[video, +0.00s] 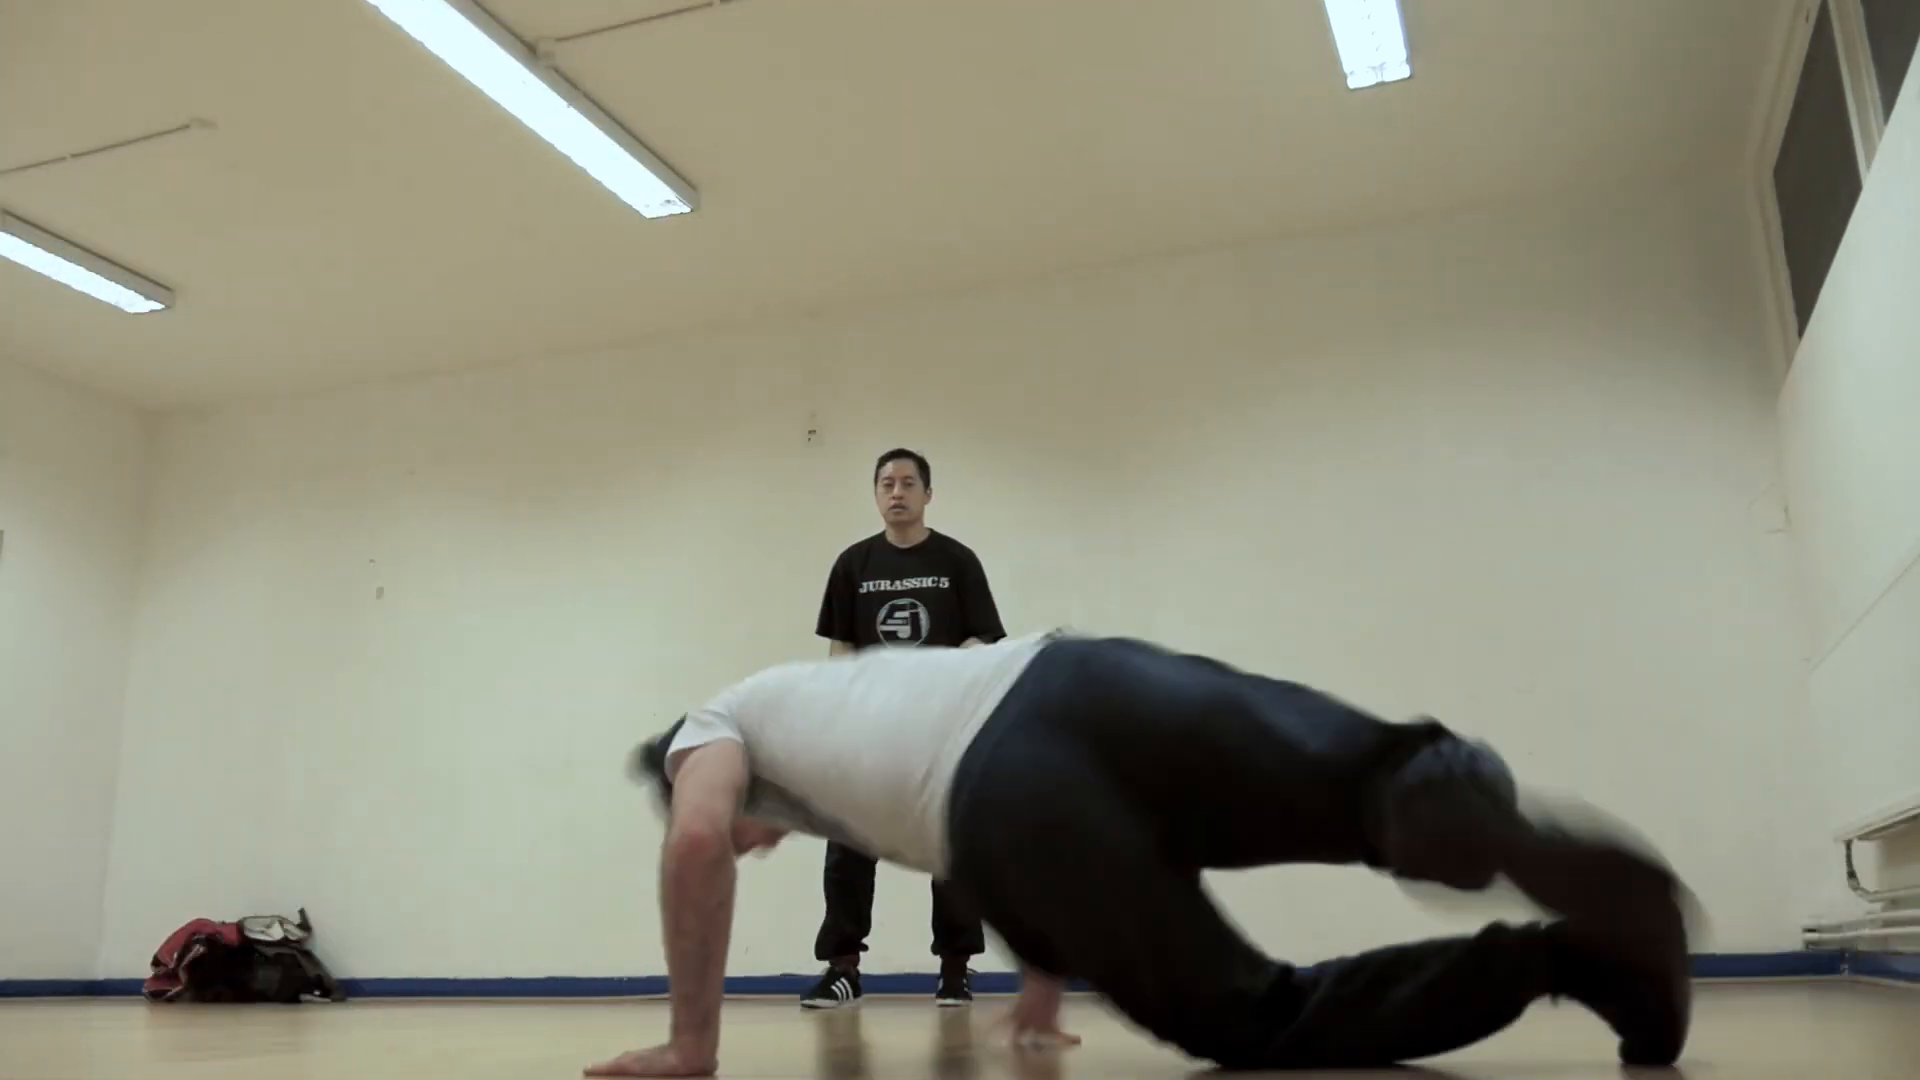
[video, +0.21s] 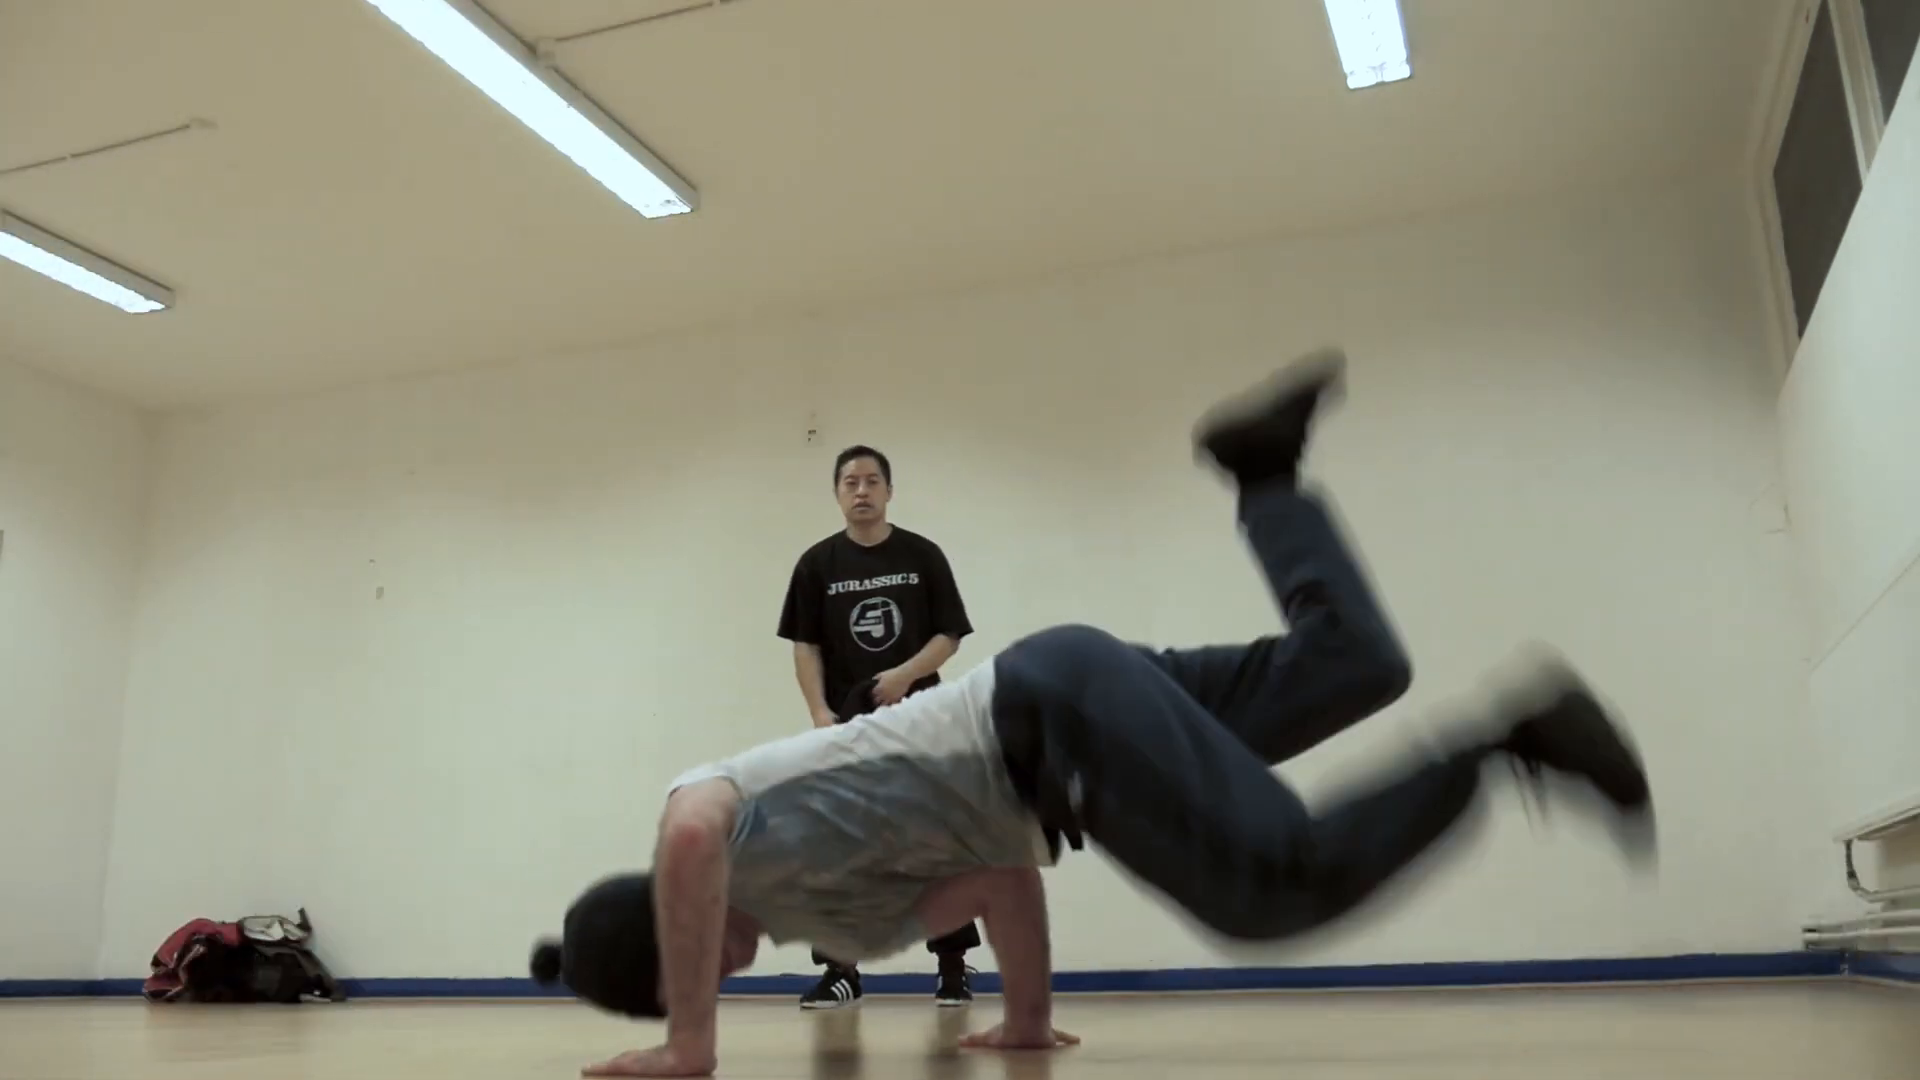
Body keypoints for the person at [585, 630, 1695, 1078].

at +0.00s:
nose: (694, 829)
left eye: (680, 808)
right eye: (680, 816)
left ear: (685, 761)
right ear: (752, 706)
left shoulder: (721, 723)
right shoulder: (871, 695)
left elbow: (701, 841)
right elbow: (1014, 808)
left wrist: (691, 1035)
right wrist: (1041, 1007)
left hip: (1000, 801)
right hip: (1077, 682)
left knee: (1258, 1021)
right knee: (1355, 777)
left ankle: (1559, 961)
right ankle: (1477, 818)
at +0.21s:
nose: (651, 1005)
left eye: (634, 996)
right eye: (646, 996)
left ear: (636, 966)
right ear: (681, 944)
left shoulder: (698, 815)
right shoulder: (820, 907)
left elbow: (695, 828)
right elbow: (1004, 857)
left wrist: (688, 1046)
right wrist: (1028, 1026)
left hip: (1047, 710)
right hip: (1084, 713)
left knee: (1278, 889)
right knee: (1357, 668)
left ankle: (1512, 739)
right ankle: (1264, 472)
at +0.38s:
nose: (708, 1005)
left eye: (671, 994)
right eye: (693, 996)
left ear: (670, 946)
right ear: (711, 960)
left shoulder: (725, 811)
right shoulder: (857, 921)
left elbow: (709, 833)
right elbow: (1003, 870)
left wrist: (688, 1045)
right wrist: (1028, 1018)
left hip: (1066, 673)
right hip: (1103, 807)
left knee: (1267, 506)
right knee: (1340, 846)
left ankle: (1136, 423)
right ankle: (1471, 789)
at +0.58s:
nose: (769, 708)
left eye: (752, 718)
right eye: (756, 717)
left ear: (755, 778)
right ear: (805, 746)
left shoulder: (855, 645)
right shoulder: (884, 847)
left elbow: (902, 722)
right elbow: (1017, 869)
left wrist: (818, 898)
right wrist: (1031, 1023)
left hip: (1064, 678)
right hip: (1096, 801)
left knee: (1136, 627)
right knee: (1282, 804)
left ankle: (1169, 773)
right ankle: (1453, 839)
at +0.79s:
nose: (1038, 532)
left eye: (1028, 518)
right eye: (1017, 526)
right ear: (977, 549)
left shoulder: (996, 551)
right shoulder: (931, 689)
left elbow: (1115, 557)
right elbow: (991, 857)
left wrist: (1258, 542)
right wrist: (1024, 1008)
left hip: (1045, 783)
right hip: (1030, 864)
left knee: (1154, 791)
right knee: (1257, 811)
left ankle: (1209, 882)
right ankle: (1108, 981)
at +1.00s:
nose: (1035, 514)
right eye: (1030, 503)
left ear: (942, 527)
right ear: (1026, 510)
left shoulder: (895, 643)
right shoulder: (1059, 581)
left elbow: (858, 816)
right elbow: (1201, 691)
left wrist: (803, 957)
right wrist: (1328, 610)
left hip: (1007, 921)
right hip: (1101, 880)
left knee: (1163, 807)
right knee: (1265, 824)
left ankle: (1286, 919)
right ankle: (1136, 972)